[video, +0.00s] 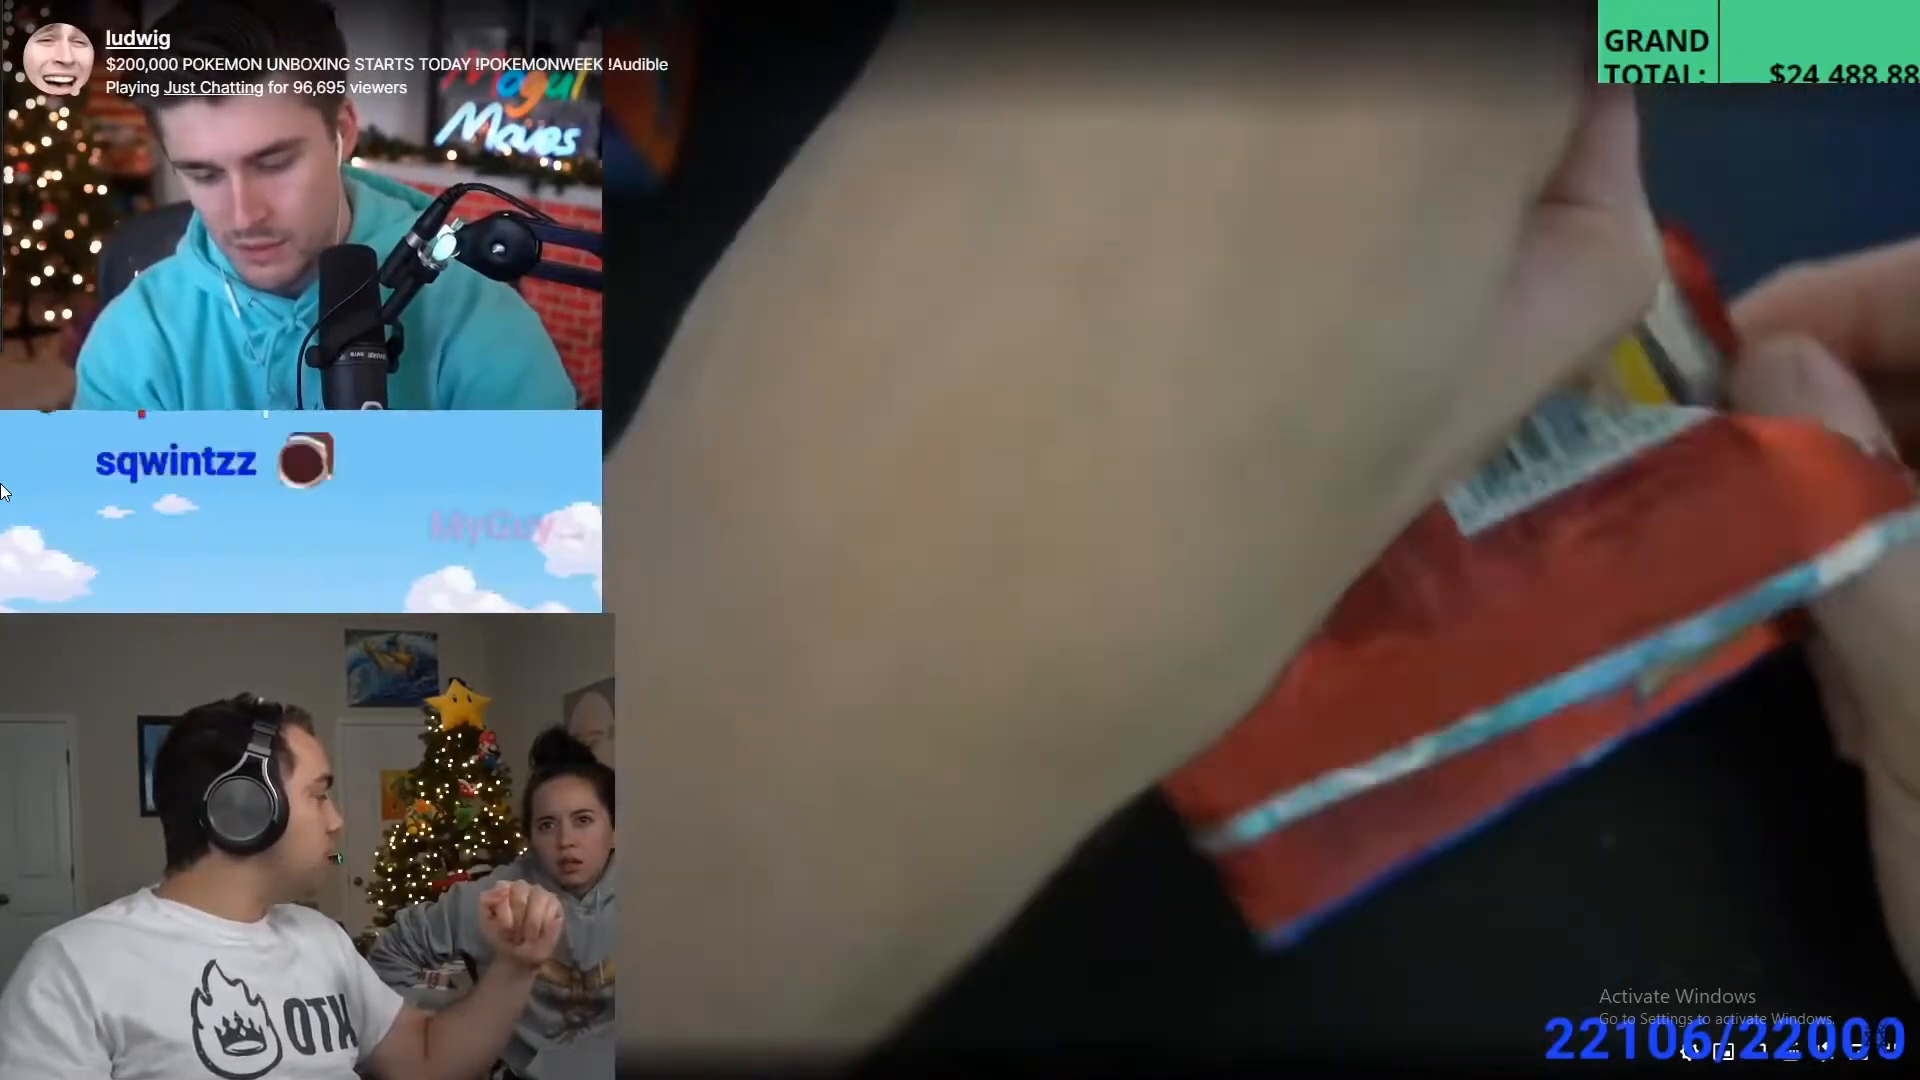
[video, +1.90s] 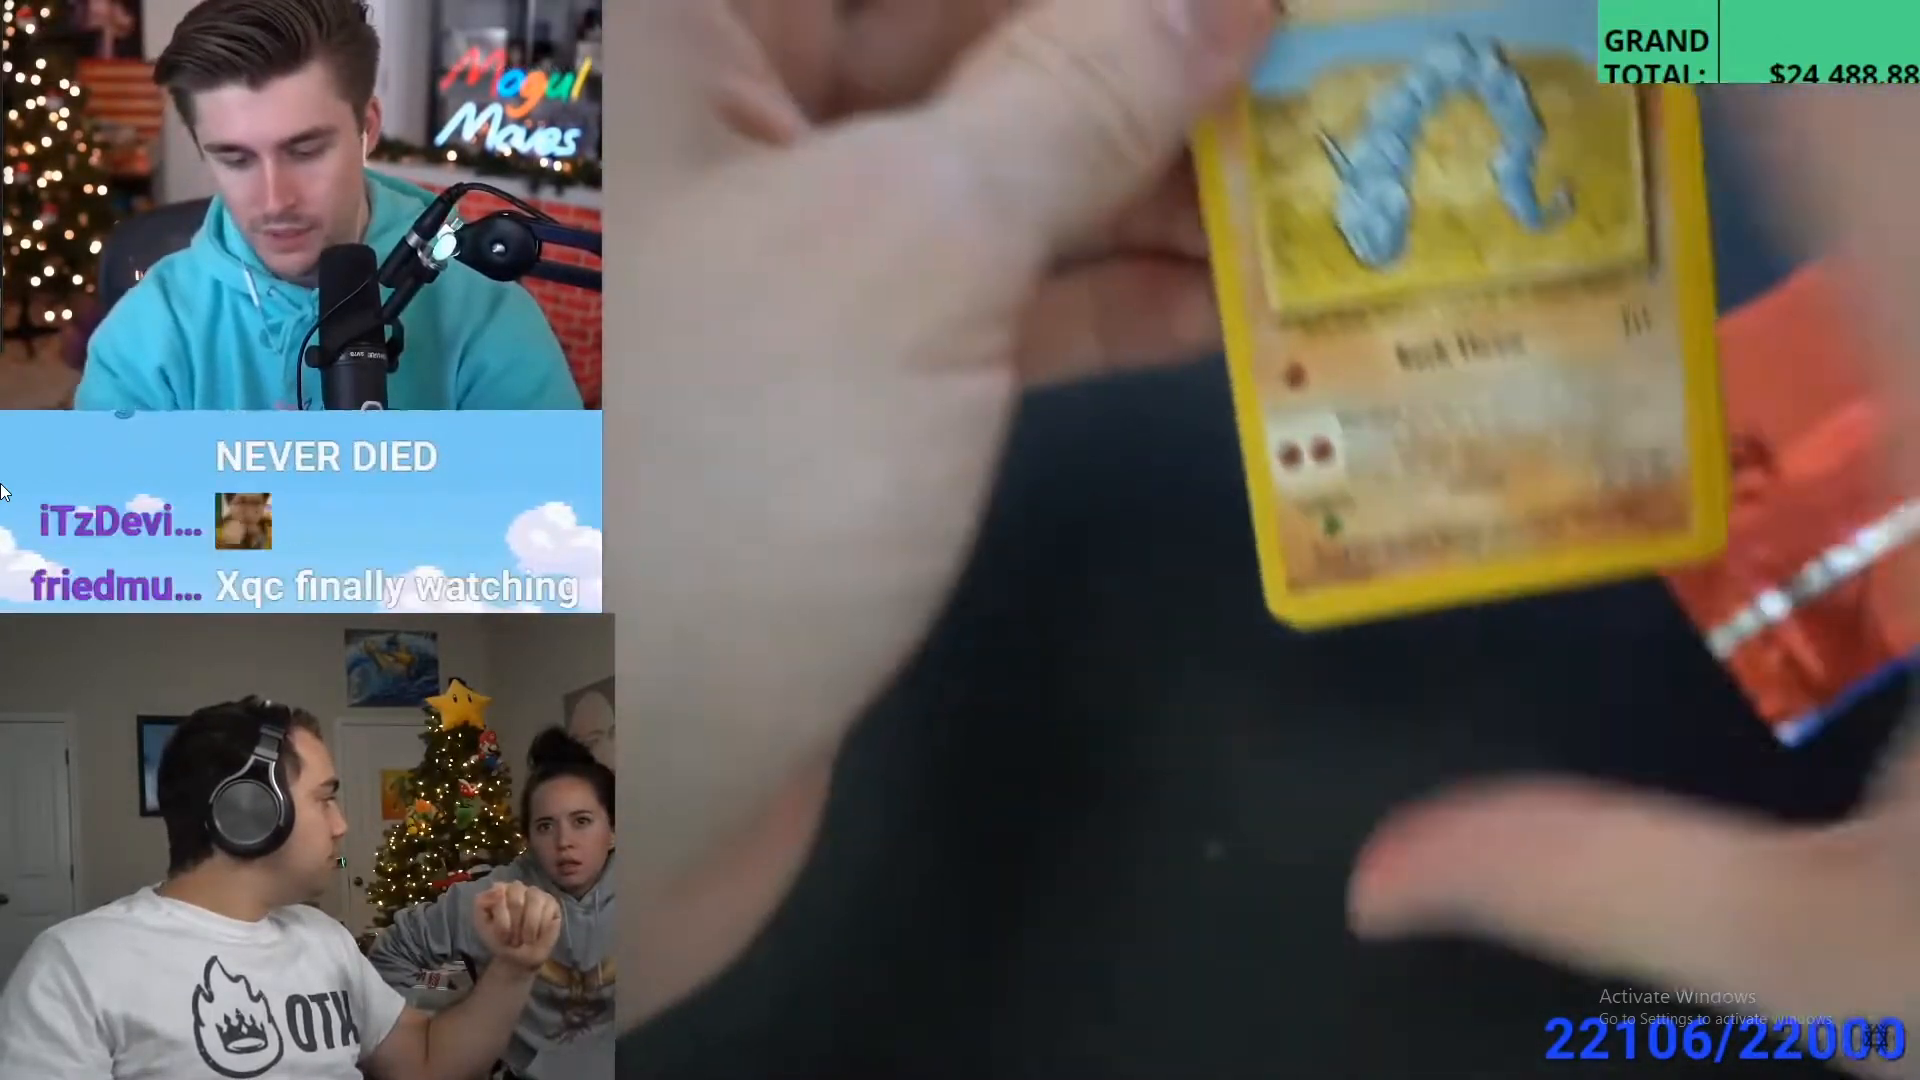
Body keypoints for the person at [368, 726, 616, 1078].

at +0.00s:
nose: (566, 841)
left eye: (583, 821)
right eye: (547, 825)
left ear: (614, 830)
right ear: (530, 837)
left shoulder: (642, 892)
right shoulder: (489, 899)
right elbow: (389, 957)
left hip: (624, 1067)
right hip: (535, 1072)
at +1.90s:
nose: (564, 842)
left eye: (582, 822)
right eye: (545, 826)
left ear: (612, 830)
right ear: (528, 838)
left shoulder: (644, 892)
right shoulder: (490, 898)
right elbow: (388, 957)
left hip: (621, 1067)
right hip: (535, 1072)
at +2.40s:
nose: (564, 842)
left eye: (582, 822)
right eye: (546, 826)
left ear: (612, 831)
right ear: (528, 838)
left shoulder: (643, 892)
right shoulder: (491, 898)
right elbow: (389, 956)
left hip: (628, 1067)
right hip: (537, 1073)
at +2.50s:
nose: (564, 842)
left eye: (582, 822)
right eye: (546, 826)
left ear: (612, 831)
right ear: (528, 838)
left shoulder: (644, 891)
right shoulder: (491, 898)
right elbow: (389, 956)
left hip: (629, 1068)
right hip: (537, 1073)